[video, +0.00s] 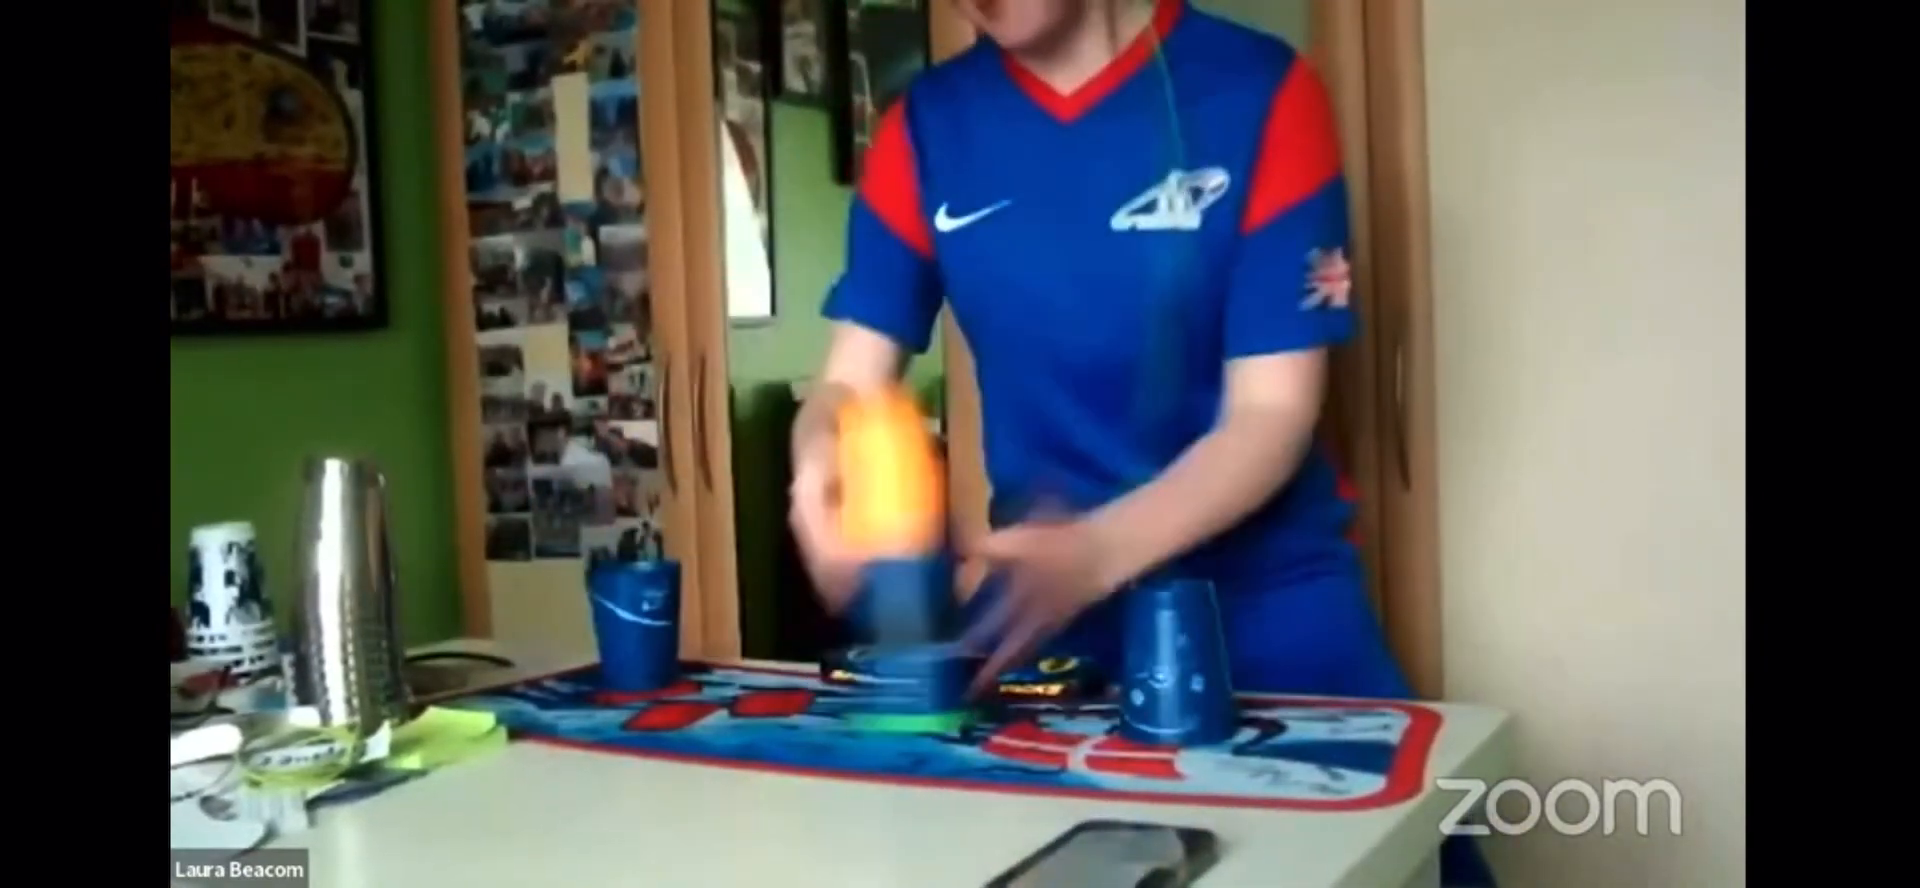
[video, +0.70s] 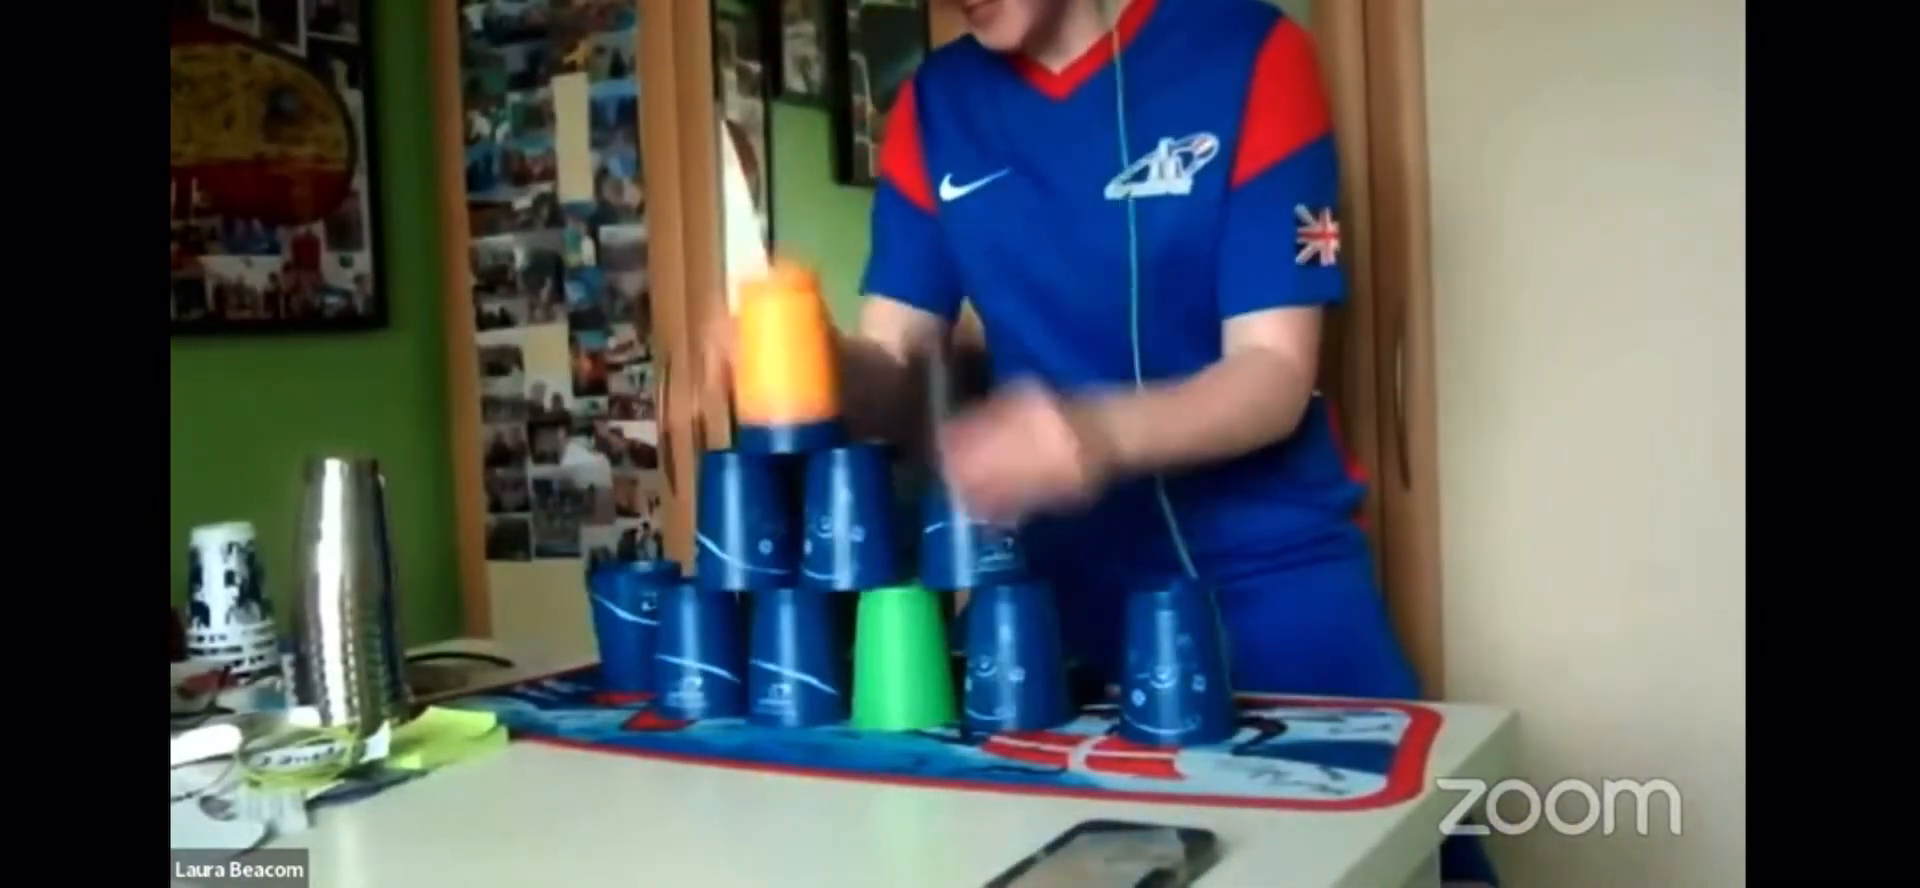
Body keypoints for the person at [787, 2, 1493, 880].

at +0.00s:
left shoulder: (1258, 95)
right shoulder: (928, 128)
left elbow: (1273, 412)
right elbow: (852, 380)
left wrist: (1098, 550)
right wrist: (828, 465)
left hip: (1266, 606)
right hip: (1048, 625)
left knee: (1382, 860)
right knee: (1057, 871)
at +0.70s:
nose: (961, 0)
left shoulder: (1245, 55)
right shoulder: (935, 106)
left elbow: (1274, 379)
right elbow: (897, 376)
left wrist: (1093, 434)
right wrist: (805, 358)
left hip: (1267, 578)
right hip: (1059, 591)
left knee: (1391, 850)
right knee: (1078, 864)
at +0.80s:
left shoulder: (1250, 51)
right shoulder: (936, 102)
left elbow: (1269, 378)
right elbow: (898, 372)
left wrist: (1064, 391)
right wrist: (773, 290)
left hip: (1272, 603)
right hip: (1045, 622)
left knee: (1369, 855)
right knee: (1073, 868)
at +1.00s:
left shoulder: (1284, 95)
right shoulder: (947, 95)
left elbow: (1316, 410)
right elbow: (726, 274)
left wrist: (1245, 567)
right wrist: (608, 442)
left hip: (1277, 649)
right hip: (1045, 668)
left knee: (1337, 869)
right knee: (1073, 873)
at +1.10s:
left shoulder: (1270, 64)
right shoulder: (943, 81)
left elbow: (1284, 392)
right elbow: (780, 284)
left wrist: (1143, 302)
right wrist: (653, 256)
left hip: (1266, 638)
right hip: (1049, 642)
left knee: (1346, 863)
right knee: (1082, 870)